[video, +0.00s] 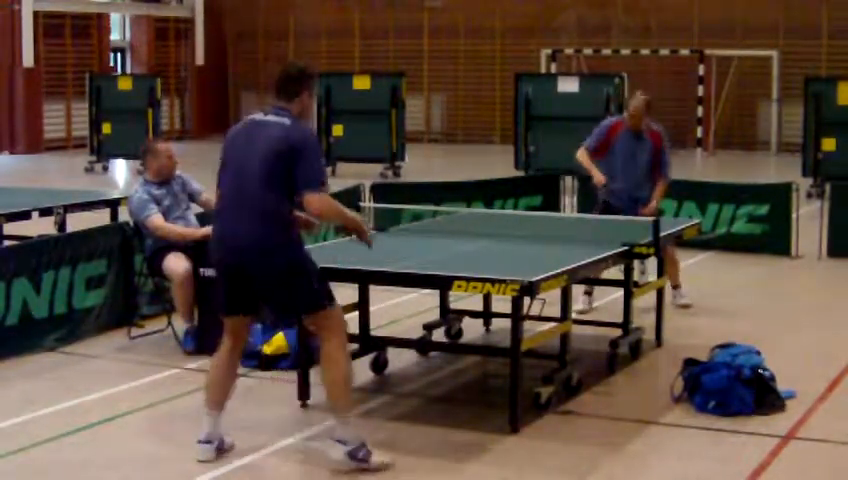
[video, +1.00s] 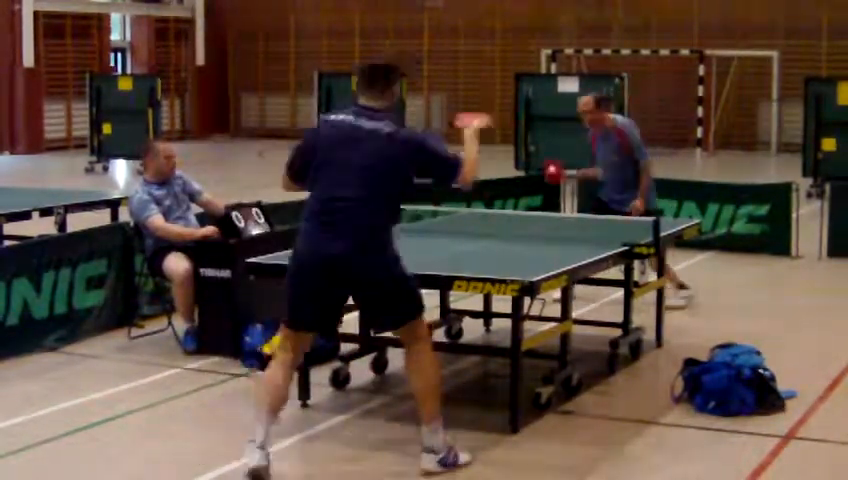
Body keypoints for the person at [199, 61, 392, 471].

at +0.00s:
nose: (314, 104)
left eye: (312, 97)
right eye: (313, 98)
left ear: (276, 94)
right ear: (304, 98)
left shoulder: (239, 131)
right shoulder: (300, 135)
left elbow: (227, 196)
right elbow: (315, 202)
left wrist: (287, 215)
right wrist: (351, 220)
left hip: (228, 246)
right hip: (276, 249)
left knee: (232, 336)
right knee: (332, 330)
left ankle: (209, 434)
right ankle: (348, 437)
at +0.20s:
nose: (351, 112)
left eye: (351, 104)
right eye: (350, 104)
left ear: (314, 99)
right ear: (339, 104)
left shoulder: (281, 132)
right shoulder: (314, 144)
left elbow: (290, 197)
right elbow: (310, 214)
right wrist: (357, 252)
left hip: (248, 257)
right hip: (289, 262)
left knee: (252, 342)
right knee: (360, 329)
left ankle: (212, 433)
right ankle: (378, 440)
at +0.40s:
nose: (417, 158)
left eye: (419, 150)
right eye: (417, 150)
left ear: (389, 139)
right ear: (402, 145)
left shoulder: (358, 155)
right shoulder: (355, 175)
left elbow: (391, 189)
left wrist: (438, 200)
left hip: (284, 267)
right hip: (321, 269)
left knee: (271, 353)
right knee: (401, 336)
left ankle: (215, 435)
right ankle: (421, 444)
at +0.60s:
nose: (463, 161)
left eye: (466, 155)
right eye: (462, 153)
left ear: (434, 134)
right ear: (448, 146)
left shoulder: (380, 138)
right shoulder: (429, 183)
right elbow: (473, 216)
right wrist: (497, 174)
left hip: (310, 255)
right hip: (359, 267)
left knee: (282, 335)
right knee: (424, 333)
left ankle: (229, 420)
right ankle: (420, 443)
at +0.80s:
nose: (438, 102)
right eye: (440, 96)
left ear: (406, 87)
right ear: (439, 98)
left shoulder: (362, 108)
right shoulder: (433, 130)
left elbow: (342, 161)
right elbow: (500, 128)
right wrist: (481, 78)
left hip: (323, 238)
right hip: (380, 247)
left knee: (282, 328)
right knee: (419, 334)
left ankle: (239, 411)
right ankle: (428, 438)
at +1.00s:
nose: (401, 100)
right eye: (401, 94)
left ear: (356, 94)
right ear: (396, 96)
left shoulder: (326, 131)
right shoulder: (404, 141)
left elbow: (291, 181)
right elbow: (464, 176)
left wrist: (334, 173)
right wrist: (471, 132)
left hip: (313, 257)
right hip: (372, 259)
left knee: (287, 349)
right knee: (416, 339)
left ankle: (257, 447)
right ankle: (435, 445)